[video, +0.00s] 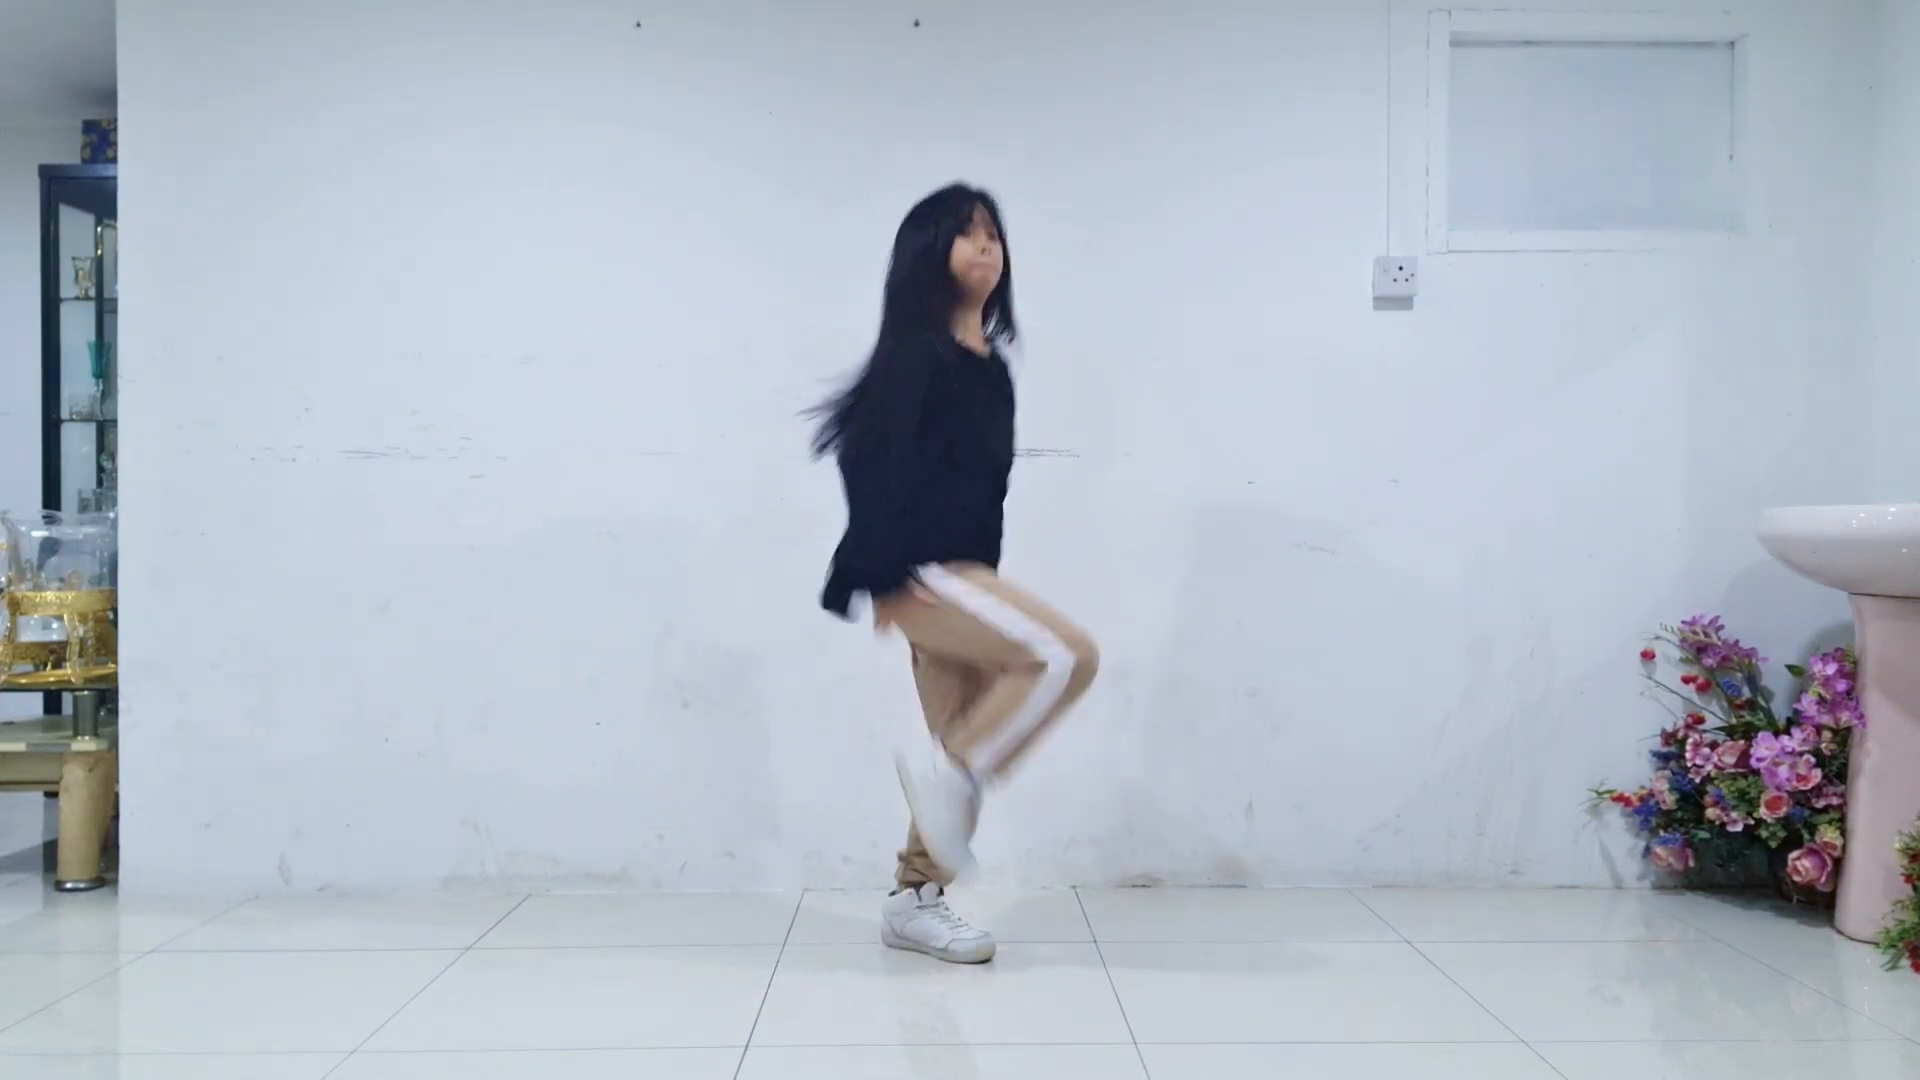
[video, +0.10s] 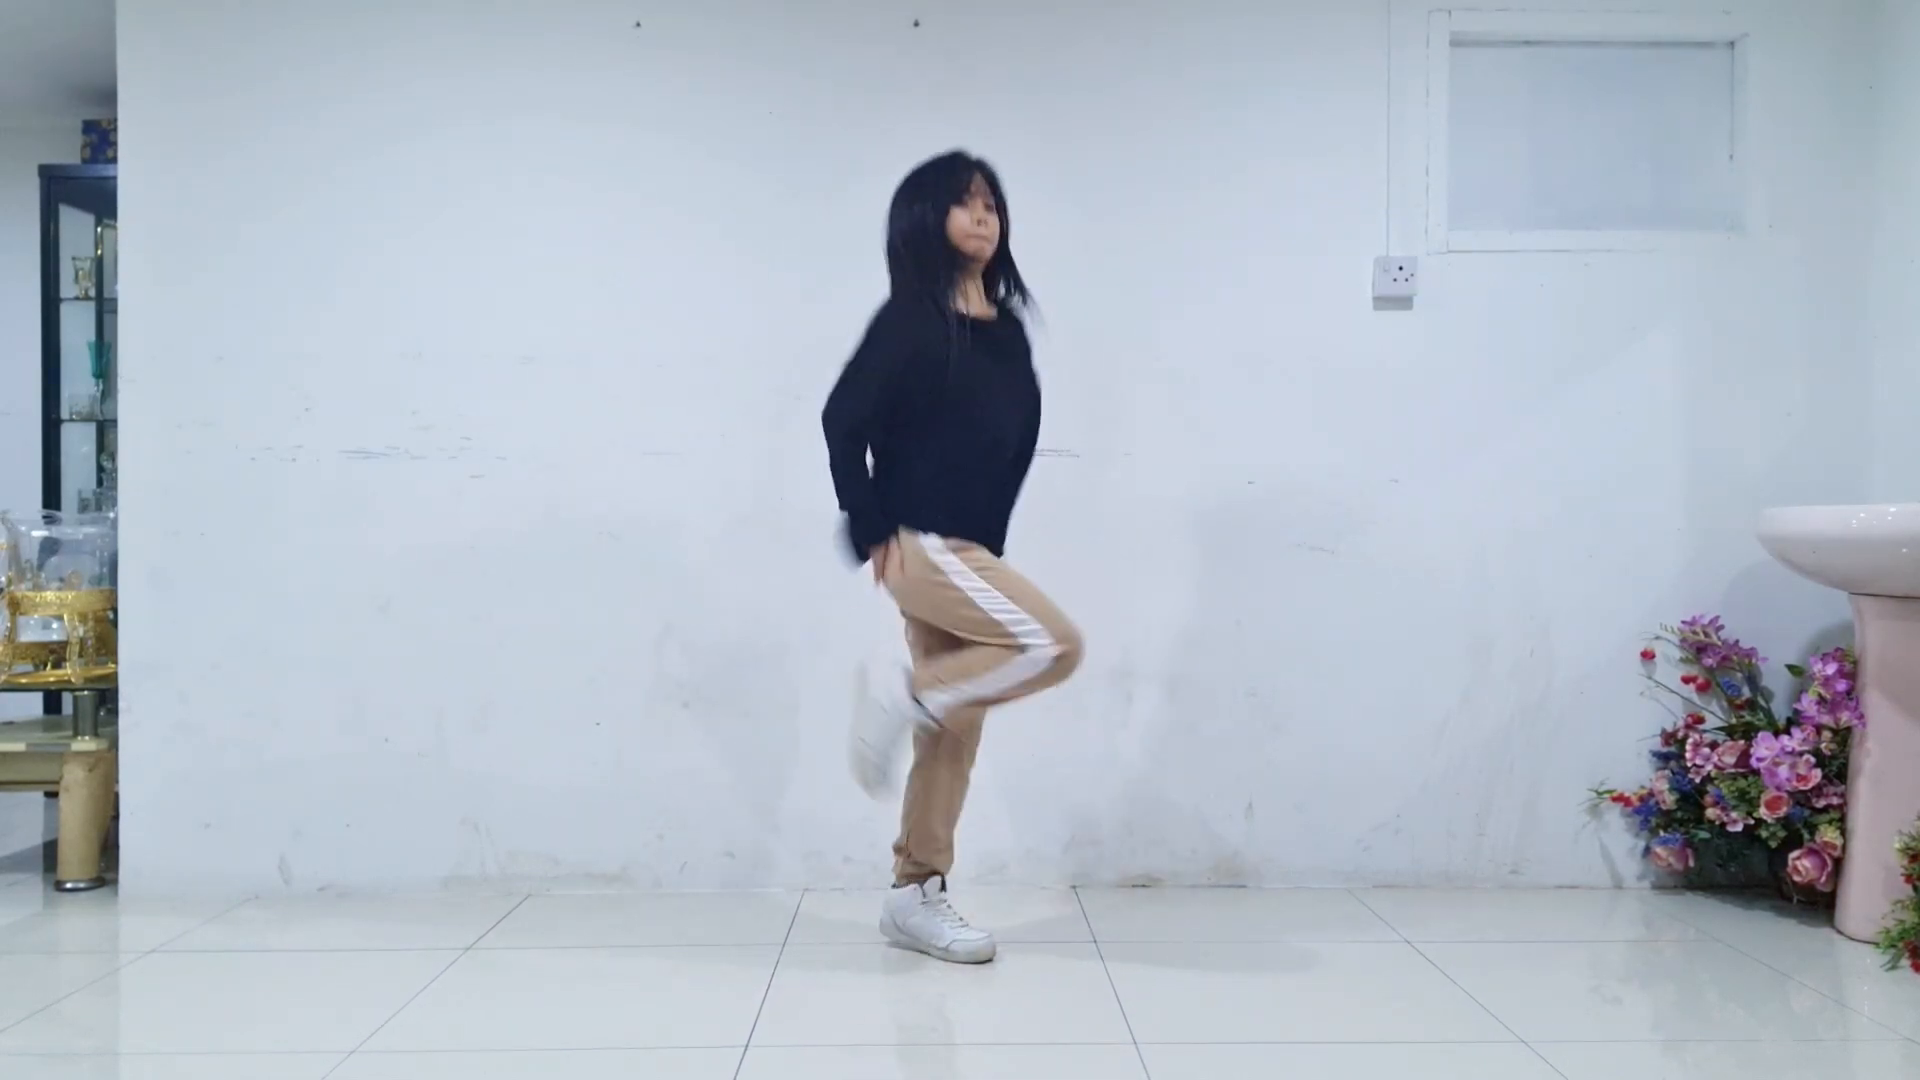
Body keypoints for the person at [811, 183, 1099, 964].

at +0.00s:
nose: (984, 248)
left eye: (991, 236)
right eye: (966, 236)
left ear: (1003, 253)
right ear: (932, 252)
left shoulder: (989, 355)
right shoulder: (913, 349)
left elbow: (970, 464)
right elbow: (870, 454)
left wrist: (977, 562)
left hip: (961, 561)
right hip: (914, 565)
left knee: (957, 738)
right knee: (1061, 656)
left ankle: (918, 901)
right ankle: (957, 772)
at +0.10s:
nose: (982, 217)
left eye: (988, 205)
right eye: (963, 205)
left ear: (1001, 219)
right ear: (928, 219)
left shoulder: (1002, 321)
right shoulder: (909, 315)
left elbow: (1006, 427)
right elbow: (841, 420)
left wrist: (988, 519)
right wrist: (871, 526)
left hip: (971, 541)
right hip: (918, 538)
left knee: (953, 720)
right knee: (1052, 644)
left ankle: (916, 895)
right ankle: (906, 697)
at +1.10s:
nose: (866, 487)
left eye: (872, 461)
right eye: (849, 480)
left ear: (910, 439)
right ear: (840, 489)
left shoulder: (968, 500)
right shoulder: (931, 510)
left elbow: (1036, 586)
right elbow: (948, 619)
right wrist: (923, 709)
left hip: (997, 728)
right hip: (960, 712)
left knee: (848, 818)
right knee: (851, 764)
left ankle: (1007, 889)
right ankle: (977, 887)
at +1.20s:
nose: (860, 508)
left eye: (864, 484)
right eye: (844, 499)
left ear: (900, 462)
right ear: (836, 504)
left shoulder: (963, 514)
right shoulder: (922, 524)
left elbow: (1054, 598)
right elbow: (959, 630)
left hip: (994, 733)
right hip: (950, 716)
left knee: (832, 805)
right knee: (839, 760)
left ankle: (979, 882)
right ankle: (958, 875)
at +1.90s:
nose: (876, 236)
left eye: (899, 229)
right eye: (878, 221)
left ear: (930, 253)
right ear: (864, 227)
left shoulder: (904, 319)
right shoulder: (876, 310)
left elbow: (802, 275)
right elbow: (815, 259)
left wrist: (747, 194)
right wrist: (779, 176)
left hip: (991, 556)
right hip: (957, 560)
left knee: (967, 725)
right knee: (926, 715)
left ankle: (1004, 908)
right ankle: (977, 886)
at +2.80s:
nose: (919, 255)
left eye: (931, 240)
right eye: (903, 249)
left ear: (960, 252)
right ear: (888, 273)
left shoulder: (1000, 346)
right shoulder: (883, 372)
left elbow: (1051, 376)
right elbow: (879, 477)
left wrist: (996, 294)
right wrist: (808, 428)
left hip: (976, 585)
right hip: (892, 587)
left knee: (962, 739)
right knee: (912, 748)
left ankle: (965, 910)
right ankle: (948, 881)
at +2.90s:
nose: (888, 289)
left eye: (890, 271)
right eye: (871, 295)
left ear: (924, 273)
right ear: (876, 327)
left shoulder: (1006, 343)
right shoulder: (895, 396)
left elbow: (1064, 411)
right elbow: (874, 498)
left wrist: (991, 398)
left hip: (978, 597)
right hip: (888, 601)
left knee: (973, 732)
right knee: (902, 748)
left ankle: (969, 901)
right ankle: (938, 873)